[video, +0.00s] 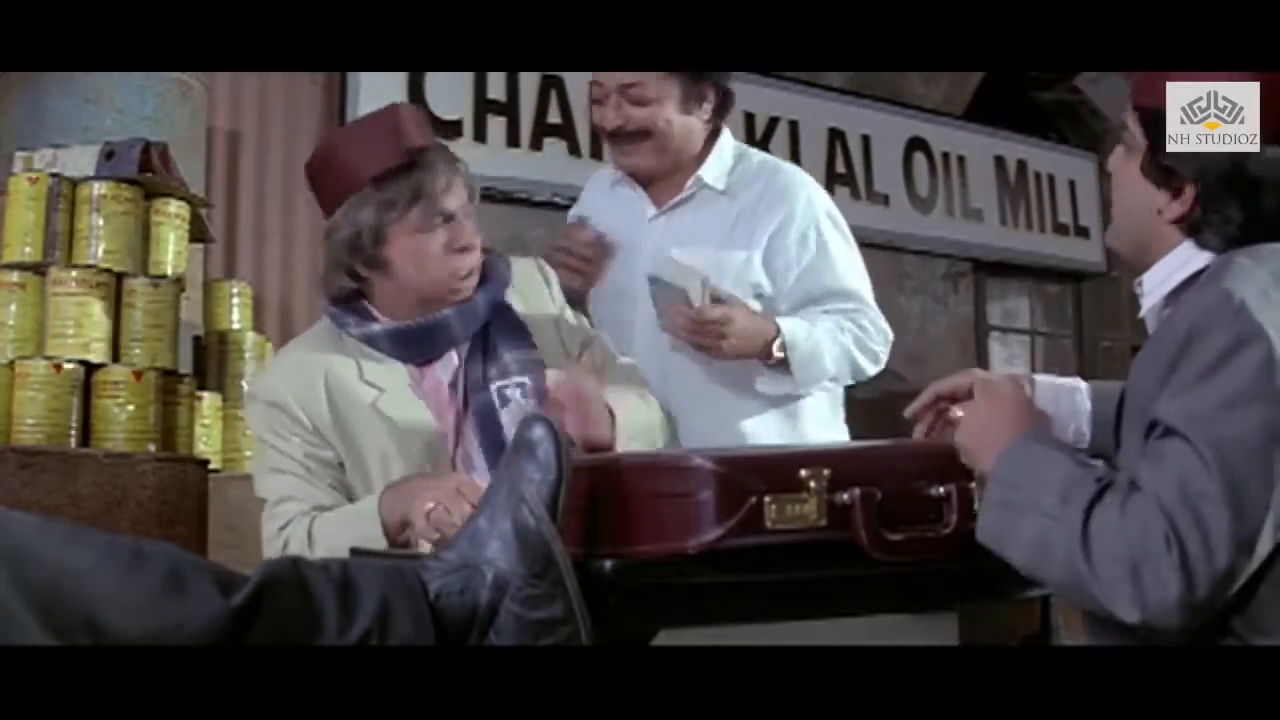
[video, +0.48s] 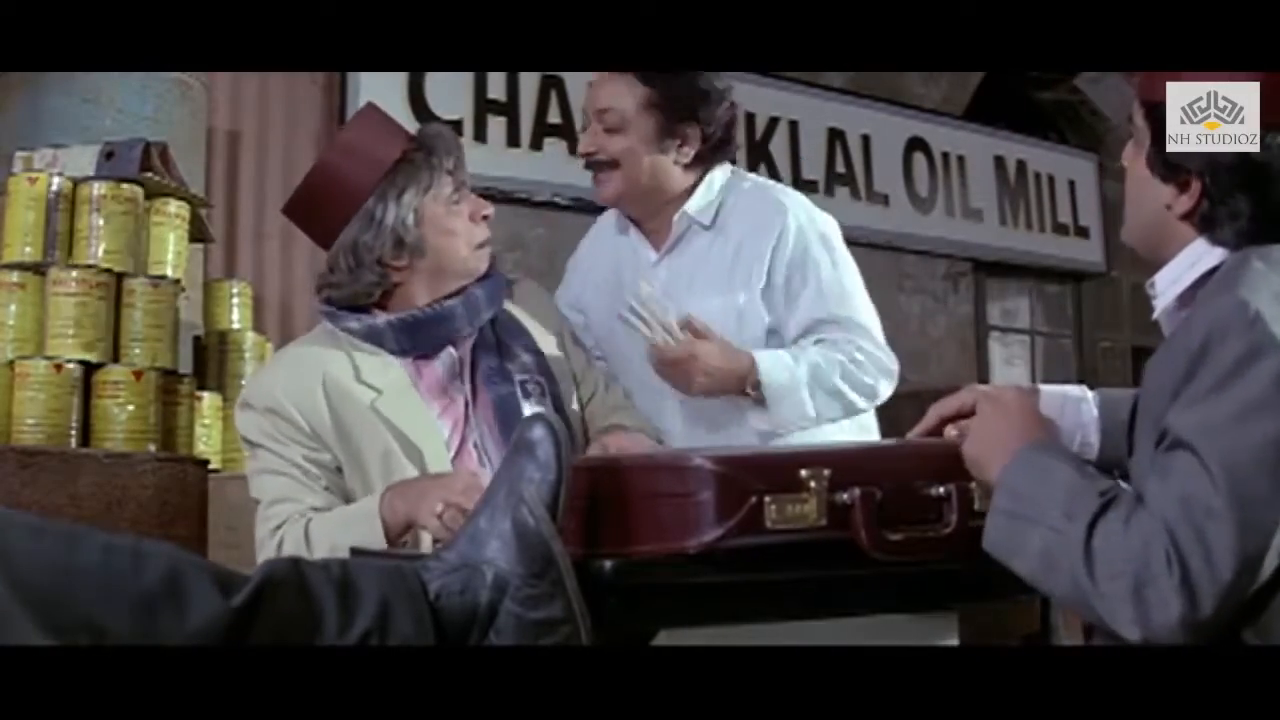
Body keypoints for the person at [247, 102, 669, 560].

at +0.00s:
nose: (471, 237)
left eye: (470, 213)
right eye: (439, 222)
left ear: (478, 209)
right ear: (366, 251)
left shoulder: (532, 301)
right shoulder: (297, 382)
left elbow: (655, 424)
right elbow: (289, 541)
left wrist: (607, 420)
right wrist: (394, 506)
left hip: (561, 597)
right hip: (407, 623)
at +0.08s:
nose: (481, 217)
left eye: (467, 198)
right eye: (447, 207)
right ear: (379, 257)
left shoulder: (532, 302)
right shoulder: (294, 387)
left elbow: (637, 429)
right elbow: (290, 550)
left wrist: (587, 455)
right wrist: (394, 509)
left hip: (561, 603)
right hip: (407, 627)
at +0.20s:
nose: (479, 209)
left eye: (464, 192)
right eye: (448, 197)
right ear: (386, 247)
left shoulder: (527, 303)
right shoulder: (287, 388)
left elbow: (616, 417)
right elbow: (283, 553)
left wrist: (600, 453)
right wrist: (391, 510)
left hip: (554, 601)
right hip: (407, 626)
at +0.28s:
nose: (483, 209)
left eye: (469, 192)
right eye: (452, 197)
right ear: (392, 246)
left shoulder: (524, 311)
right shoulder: (291, 383)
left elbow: (612, 418)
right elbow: (278, 547)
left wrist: (603, 444)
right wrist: (394, 508)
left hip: (551, 606)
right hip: (405, 627)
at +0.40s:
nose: (485, 208)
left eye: (471, 192)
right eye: (456, 196)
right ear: (396, 243)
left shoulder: (526, 315)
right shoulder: (292, 382)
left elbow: (610, 411)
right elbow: (282, 545)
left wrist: (615, 440)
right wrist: (394, 504)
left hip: (553, 605)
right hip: (407, 624)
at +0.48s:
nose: (485, 209)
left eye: (470, 193)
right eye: (454, 198)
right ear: (393, 248)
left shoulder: (527, 313)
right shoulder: (290, 387)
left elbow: (607, 409)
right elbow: (282, 544)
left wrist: (618, 444)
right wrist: (396, 506)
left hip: (553, 609)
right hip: (407, 627)